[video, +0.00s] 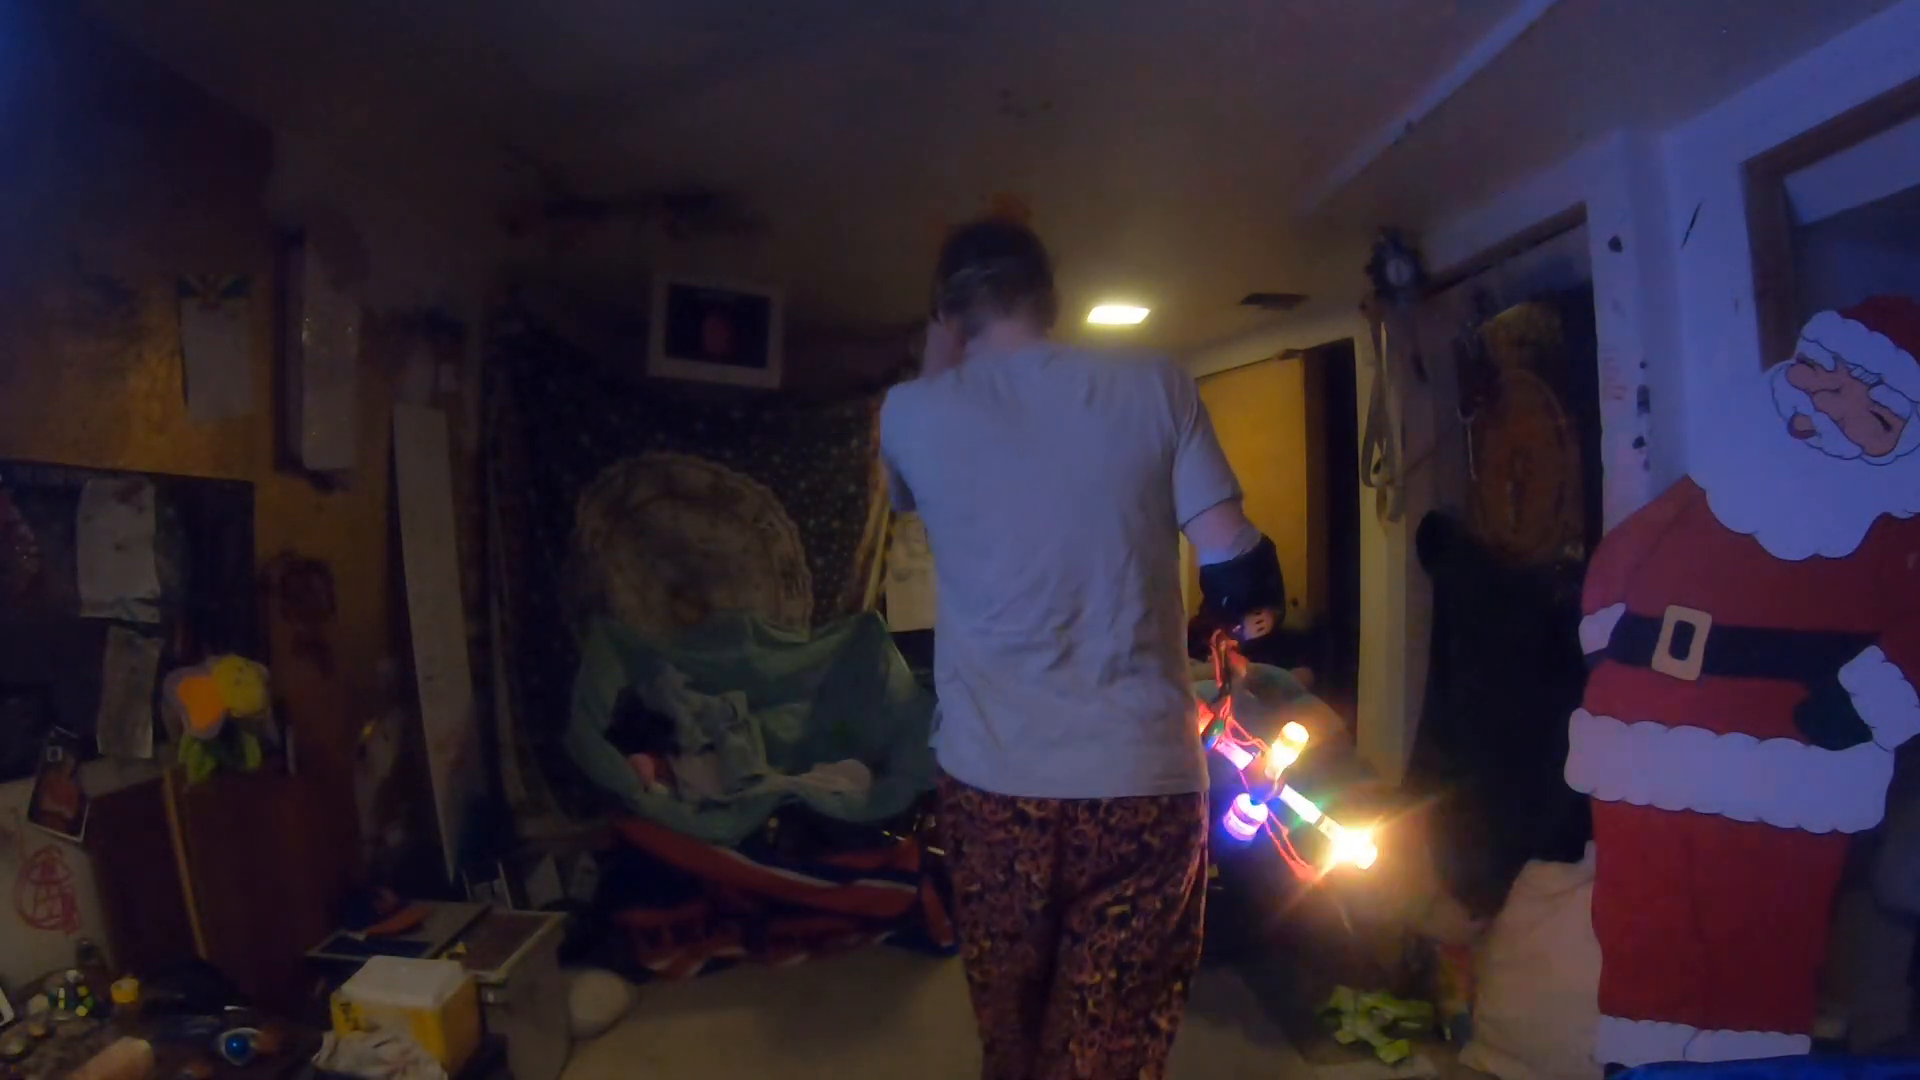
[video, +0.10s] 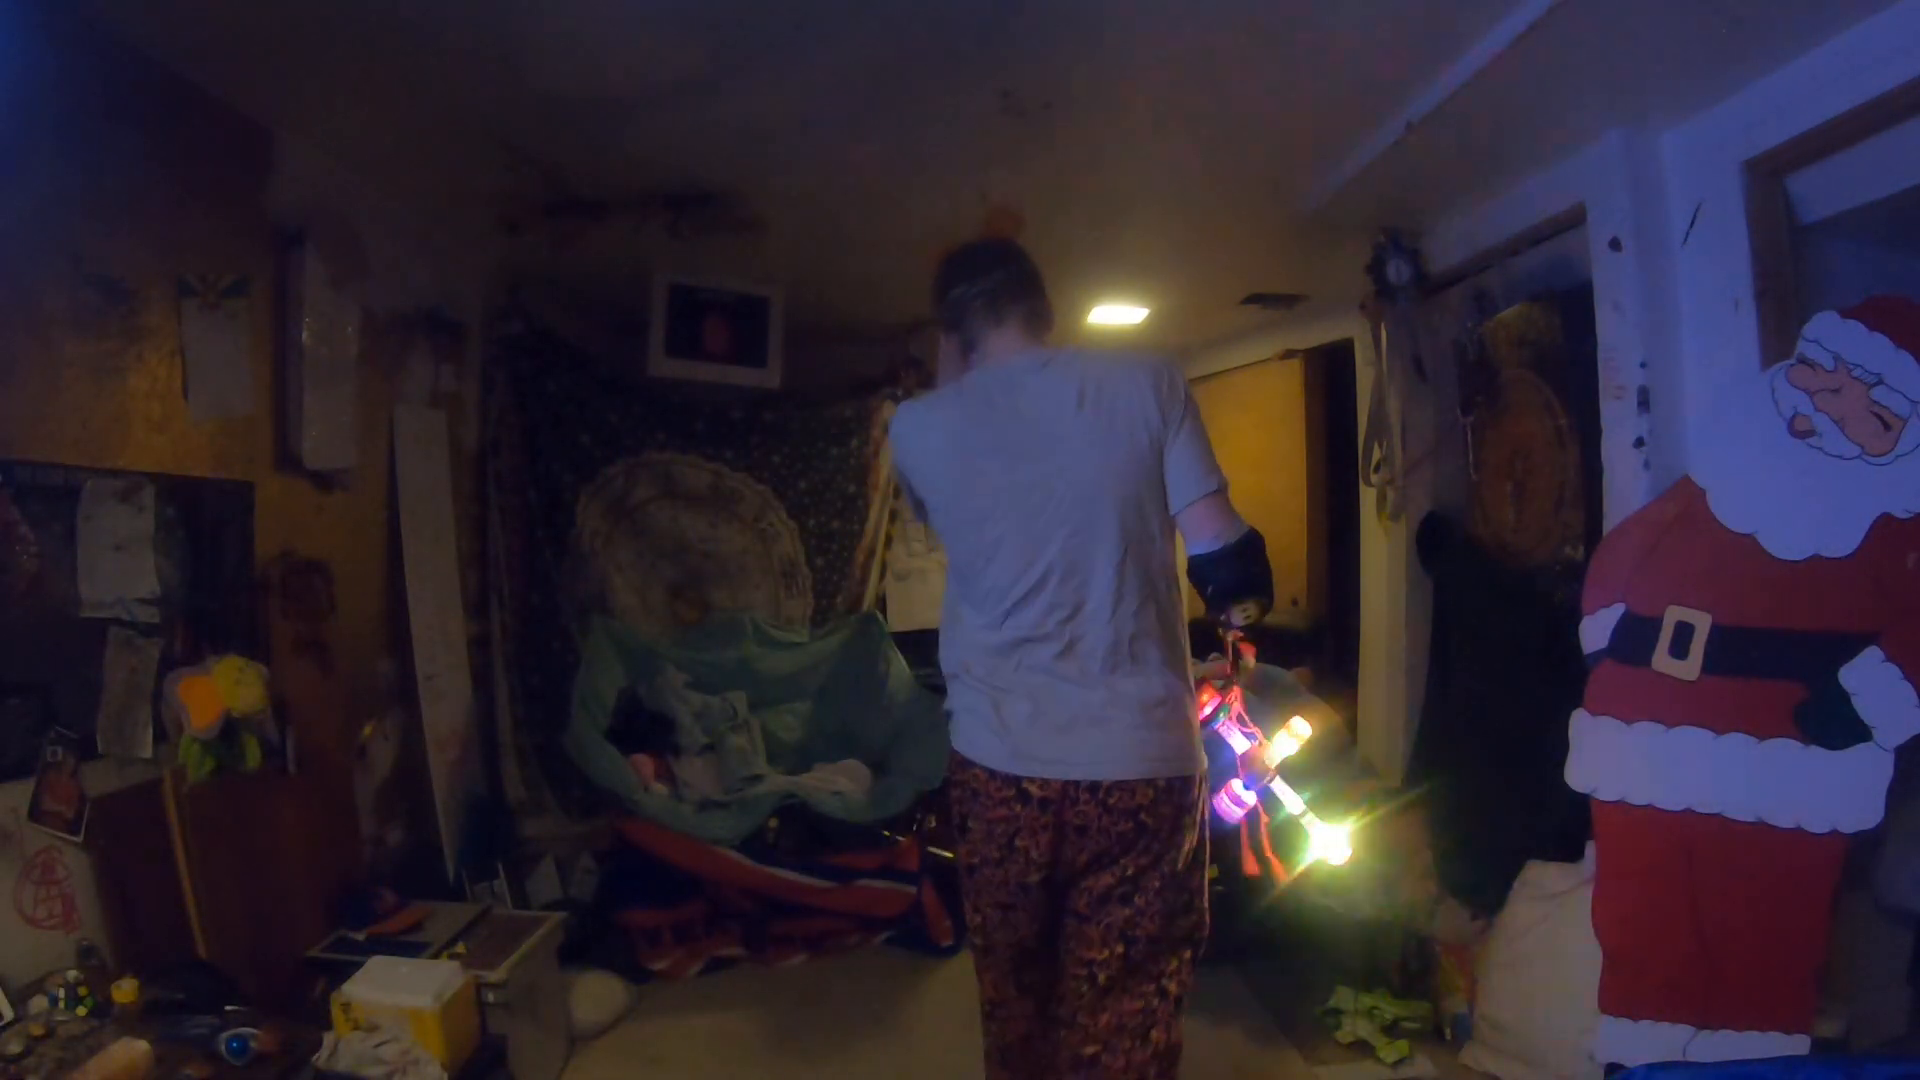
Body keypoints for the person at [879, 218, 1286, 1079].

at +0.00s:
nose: (943, 333)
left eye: (945, 318)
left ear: (951, 317)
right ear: (1052, 302)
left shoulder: (913, 414)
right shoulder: (1153, 386)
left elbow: (907, 491)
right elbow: (1239, 571)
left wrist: (936, 380)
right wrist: (1229, 623)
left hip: (989, 793)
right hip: (1143, 793)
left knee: (1009, 1039)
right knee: (1116, 1044)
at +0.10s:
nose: (942, 357)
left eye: (941, 340)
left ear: (953, 334)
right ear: (1047, 313)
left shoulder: (919, 428)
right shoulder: (1146, 386)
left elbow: (948, 525)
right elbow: (1229, 565)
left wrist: (954, 383)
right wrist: (1226, 615)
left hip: (998, 783)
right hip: (1139, 785)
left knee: (1015, 1022)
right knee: (1126, 1026)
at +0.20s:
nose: (954, 380)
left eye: (949, 363)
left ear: (954, 354)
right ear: (1048, 329)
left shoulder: (929, 440)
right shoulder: (1141, 394)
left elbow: (975, 546)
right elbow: (1219, 571)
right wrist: (1244, 598)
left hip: (995, 776)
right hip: (1133, 778)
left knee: (1021, 1020)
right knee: (1142, 1020)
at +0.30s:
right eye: (1058, 334)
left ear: (974, 357)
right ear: (1059, 333)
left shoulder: (945, 444)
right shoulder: (1141, 403)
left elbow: (998, 541)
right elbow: (1208, 577)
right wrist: (1243, 592)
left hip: (998, 763)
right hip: (1130, 764)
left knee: (1024, 991)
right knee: (1164, 962)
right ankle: (1134, 1070)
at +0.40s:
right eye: (1072, 327)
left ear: (995, 350)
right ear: (1072, 330)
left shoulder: (963, 436)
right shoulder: (1146, 404)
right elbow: (1197, 577)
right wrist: (1246, 599)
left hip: (1006, 745)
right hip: (1132, 746)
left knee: (1027, 980)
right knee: (1172, 954)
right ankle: (1144, 1069)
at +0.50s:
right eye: (1099, 327)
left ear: (1022, 350)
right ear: (1102, 331)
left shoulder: (986, 427)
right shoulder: (1157, 409)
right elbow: (1192, 579)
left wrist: (1050, 273)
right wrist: (1235, 593)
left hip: (1017, 724)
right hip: (1137, 729)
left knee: (1036, 955)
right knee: (1169, 953)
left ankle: (1030, 1071)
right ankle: (1157, 1070)